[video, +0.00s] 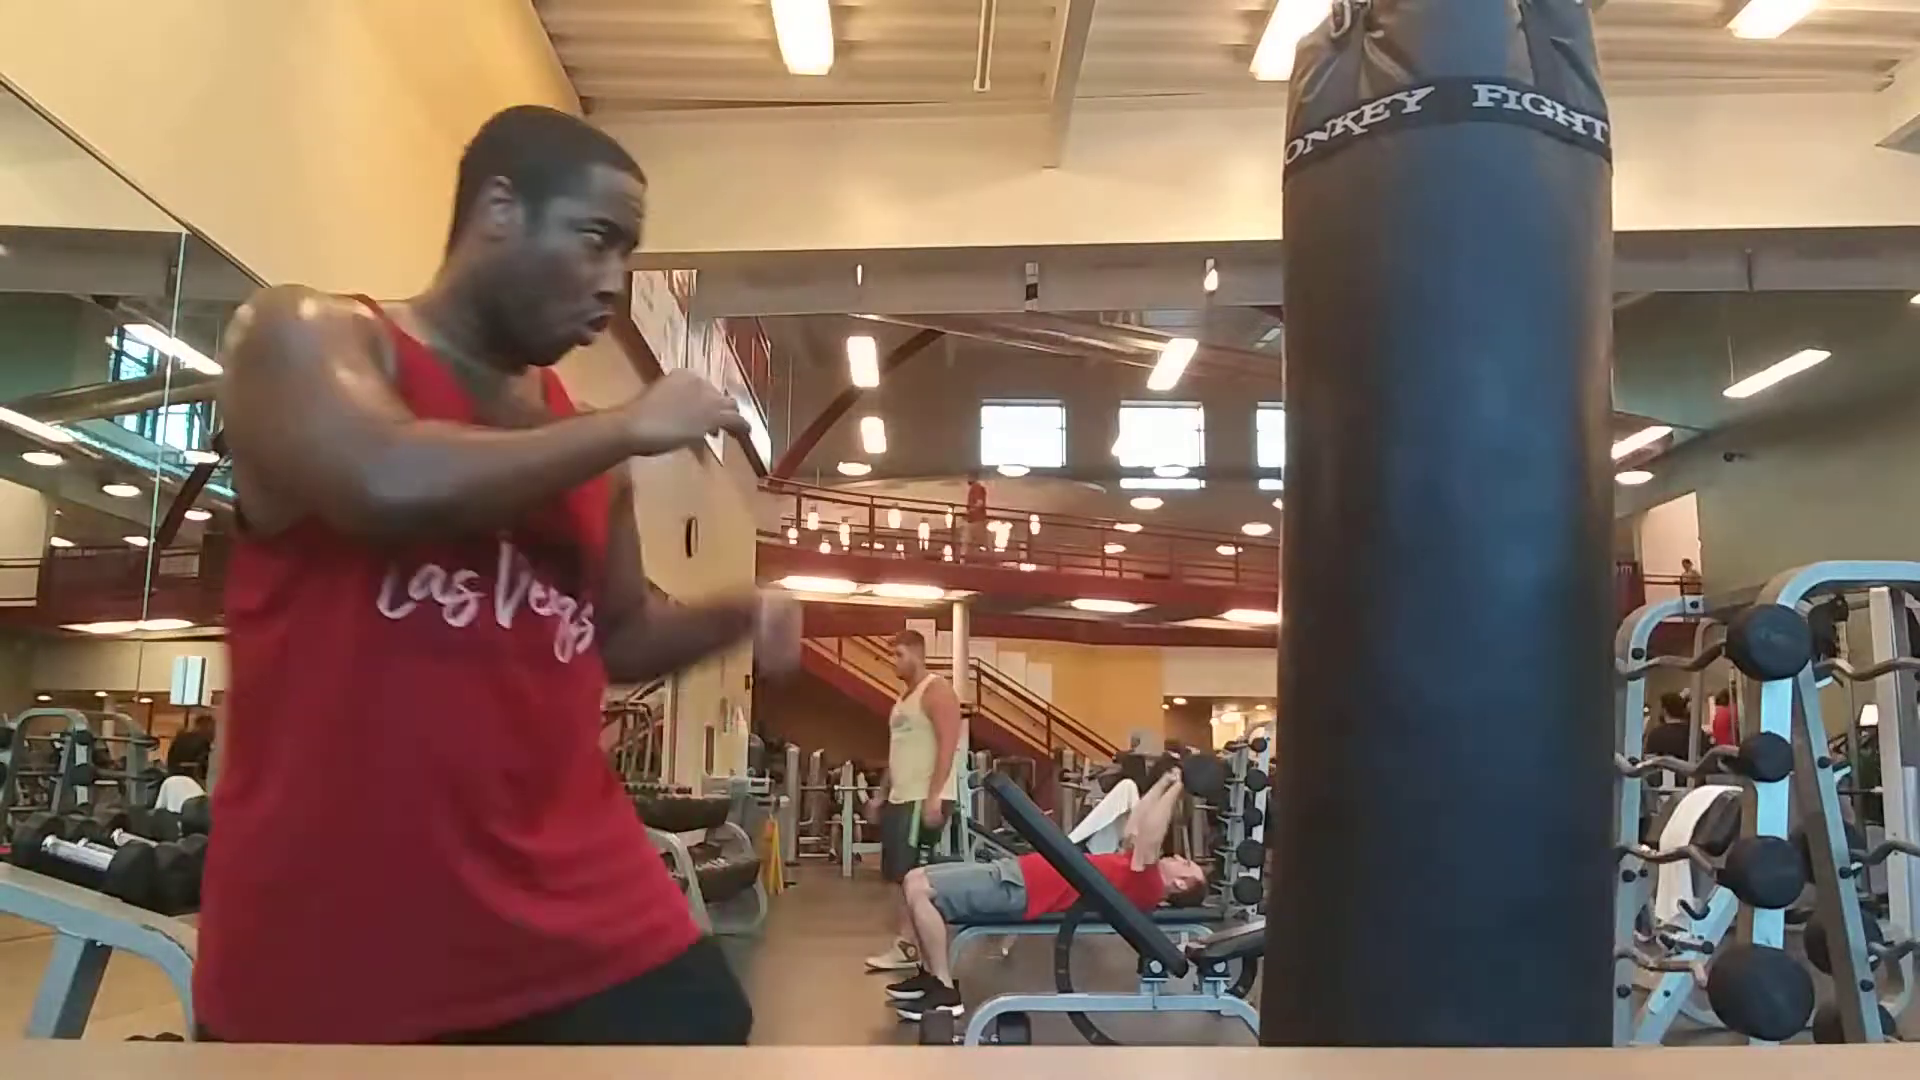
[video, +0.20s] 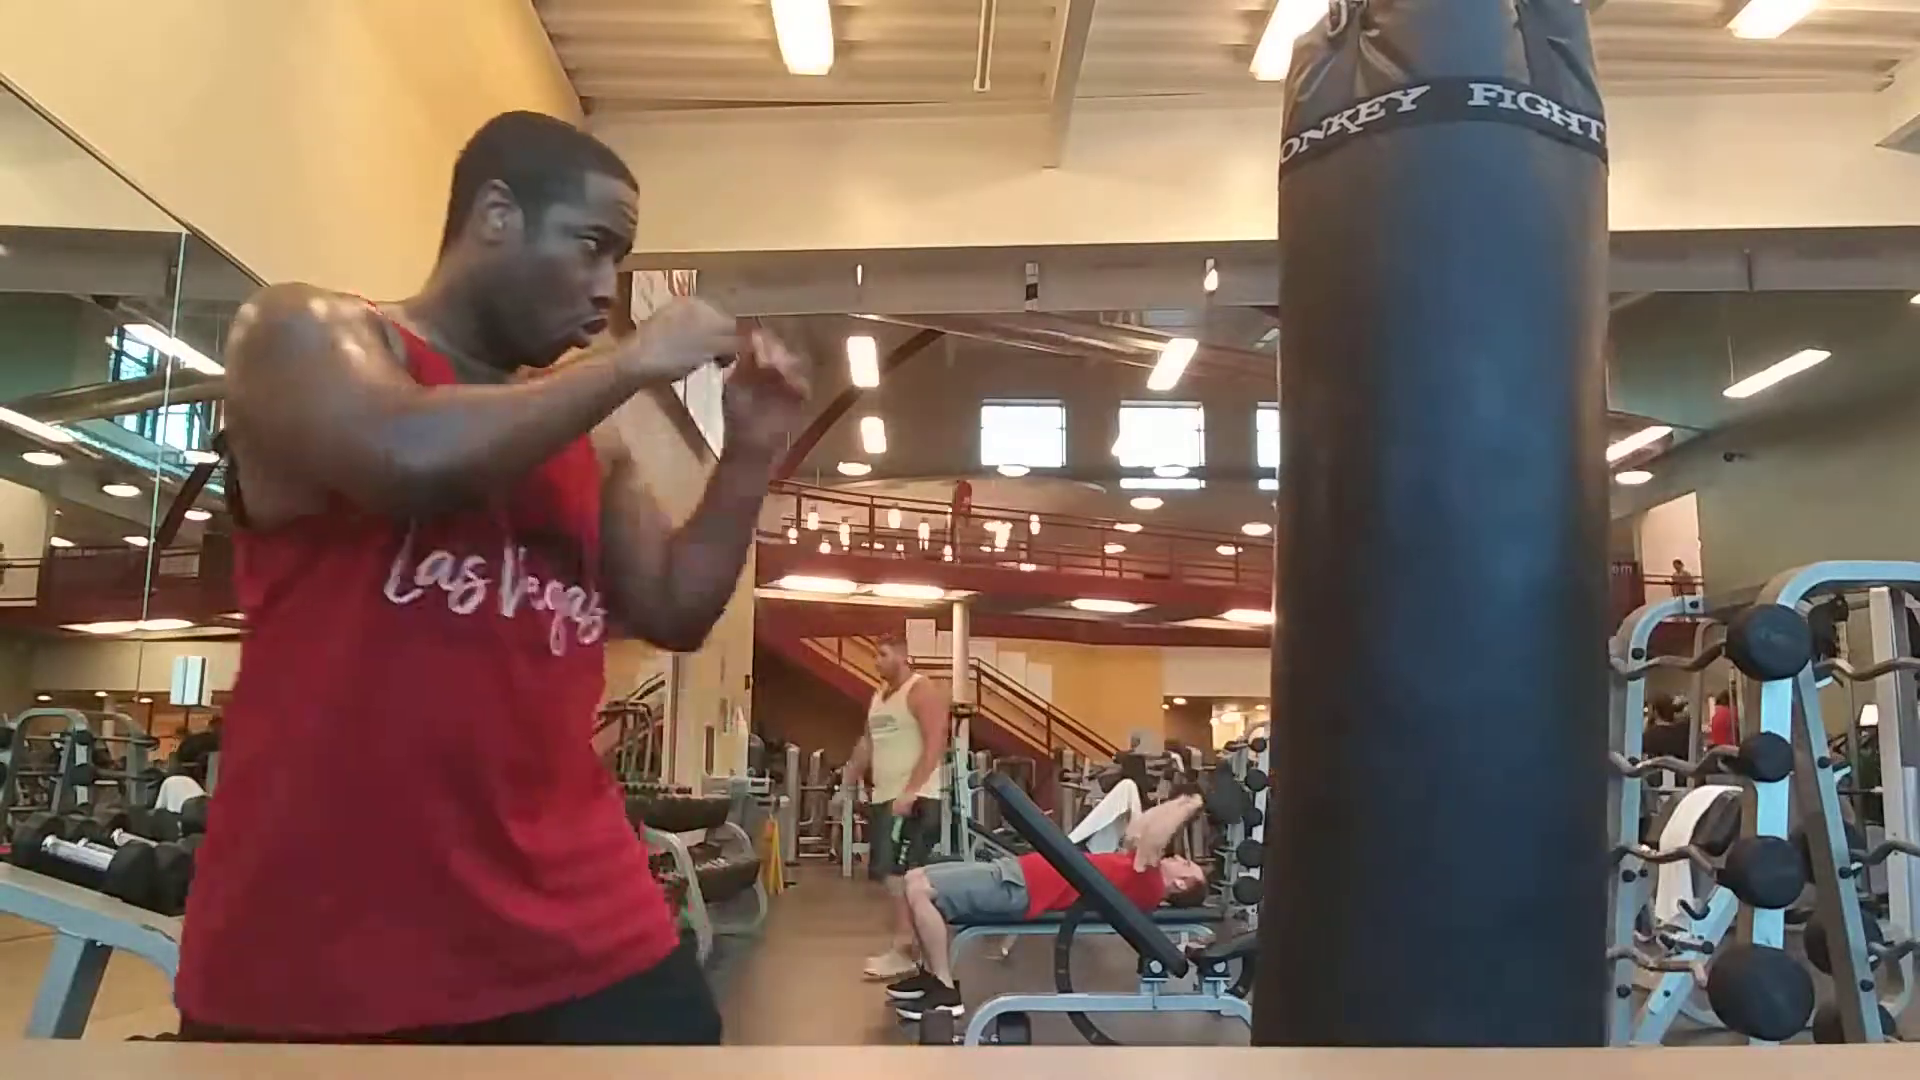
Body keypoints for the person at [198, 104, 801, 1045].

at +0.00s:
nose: (619, 285)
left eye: (629, 255)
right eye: (598, 239)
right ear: (496, 212)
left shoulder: (580, 437)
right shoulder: (301, 330)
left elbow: (622, 637)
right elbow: (382, 483)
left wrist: (739, 614)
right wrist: (622, 428)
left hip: (584, 942)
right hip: (336, 970)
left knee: (707, 1042)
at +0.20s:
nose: (613, 293)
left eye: (622, 262)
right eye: (594, 246)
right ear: (494, 214)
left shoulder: (576, 428)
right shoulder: (300, 329)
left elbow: (674, 607)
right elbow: (405, 457)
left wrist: (749, 456)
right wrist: (632, 362)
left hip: (584, 960)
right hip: (327, 979)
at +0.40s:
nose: (682, 312)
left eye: (688, 283)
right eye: (665, 272)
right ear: (574, 248)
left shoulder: (627, 451)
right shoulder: (392, 358)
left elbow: (701, 657)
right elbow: (482, 509)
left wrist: (795, 526)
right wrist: (699, 424)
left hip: (634, 985)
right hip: (398, 989)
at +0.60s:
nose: (791, 333)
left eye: (796, 304)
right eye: (775, 293)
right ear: (684, 269)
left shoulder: (714, 457)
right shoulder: (524, 367)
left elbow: (807, 644)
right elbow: (657, 519)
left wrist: (899, 516)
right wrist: (846, 427)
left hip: (750, 986)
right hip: (552, 998)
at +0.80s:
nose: (842, 345)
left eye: (849, 317)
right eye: (828, 302)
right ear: (739, 276)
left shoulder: (758, 468)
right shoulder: (579, 369)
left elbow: (830, 662)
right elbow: (736, 530)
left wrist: (952, 539)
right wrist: (912, 445)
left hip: (827, 978)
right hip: (635, 999)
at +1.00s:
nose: (917, 334)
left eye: (920, 305)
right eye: (897, 294)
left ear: (812, 283)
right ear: (807, 277)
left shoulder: (834, 472)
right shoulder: (644, 383)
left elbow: (932, 661)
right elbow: (780, 530)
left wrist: (1047, 588)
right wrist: (974, 456)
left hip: (892, 929)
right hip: (691, 966)